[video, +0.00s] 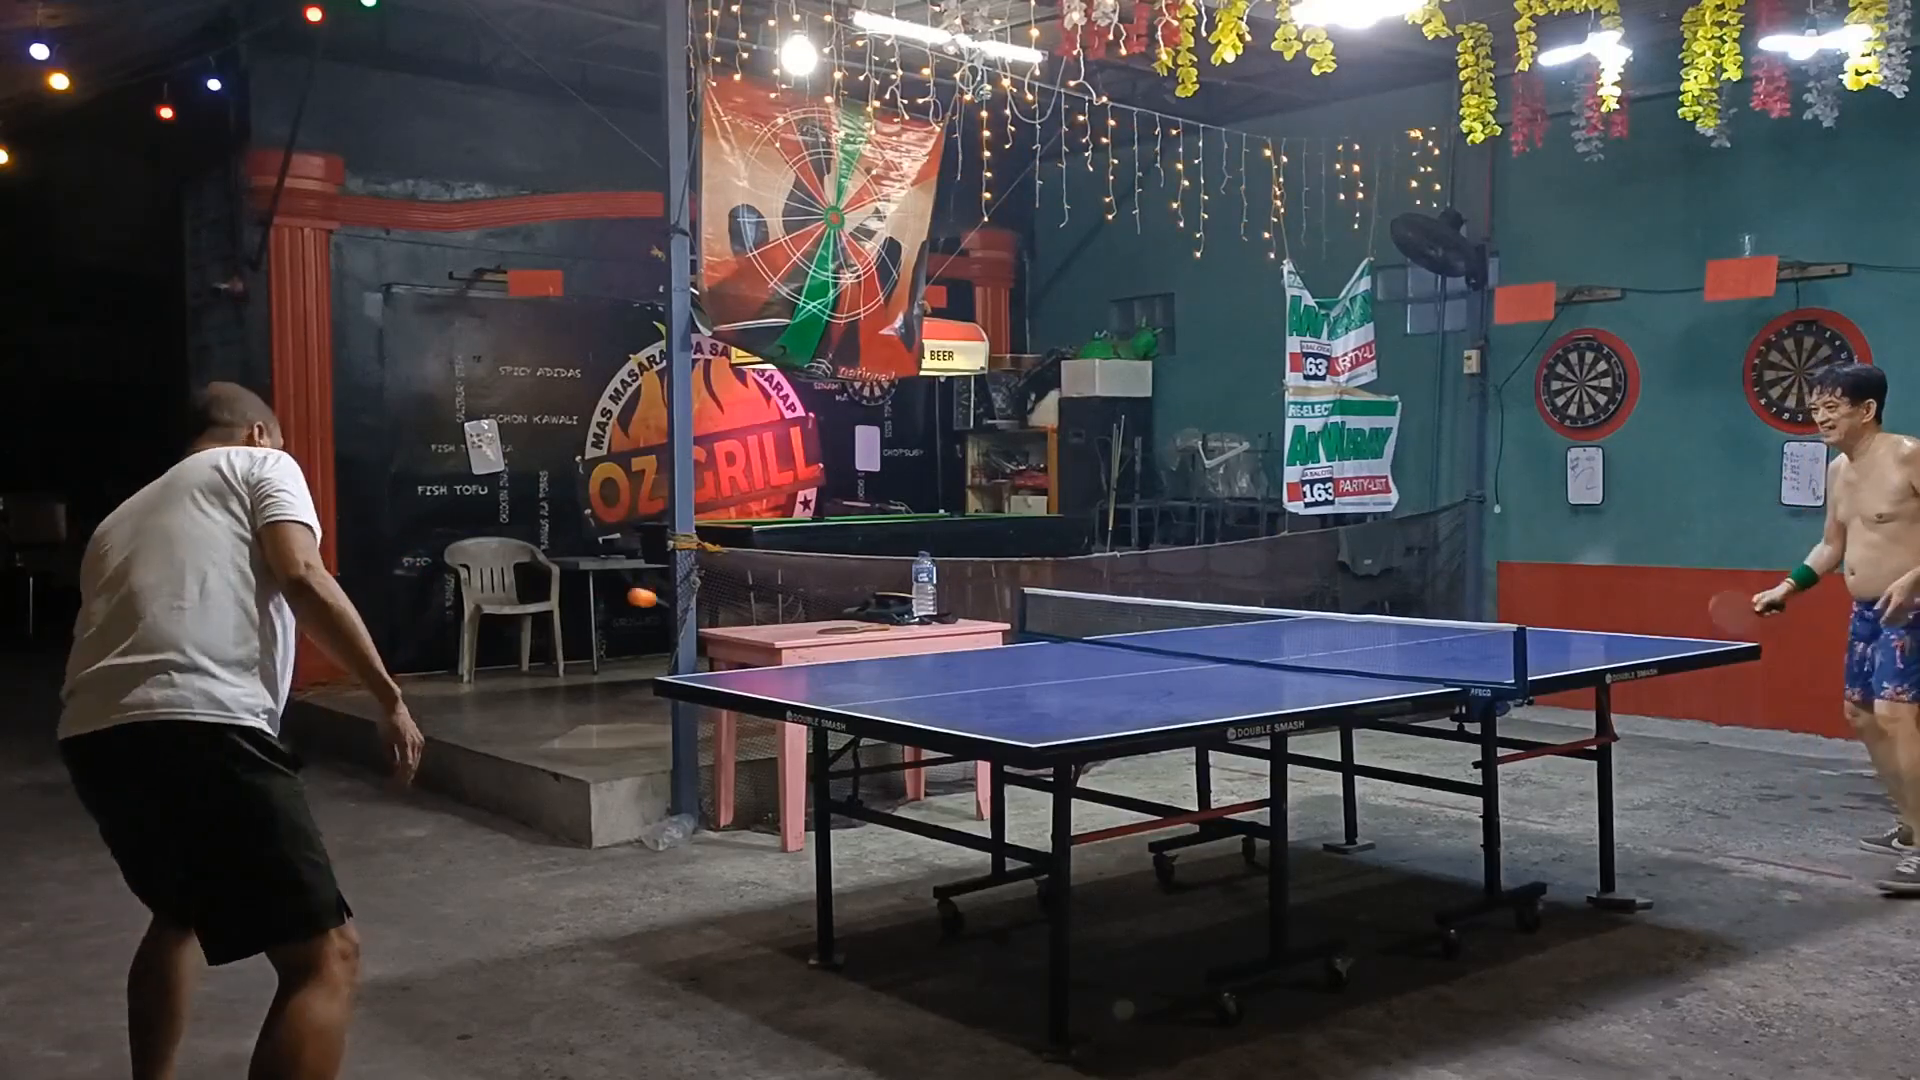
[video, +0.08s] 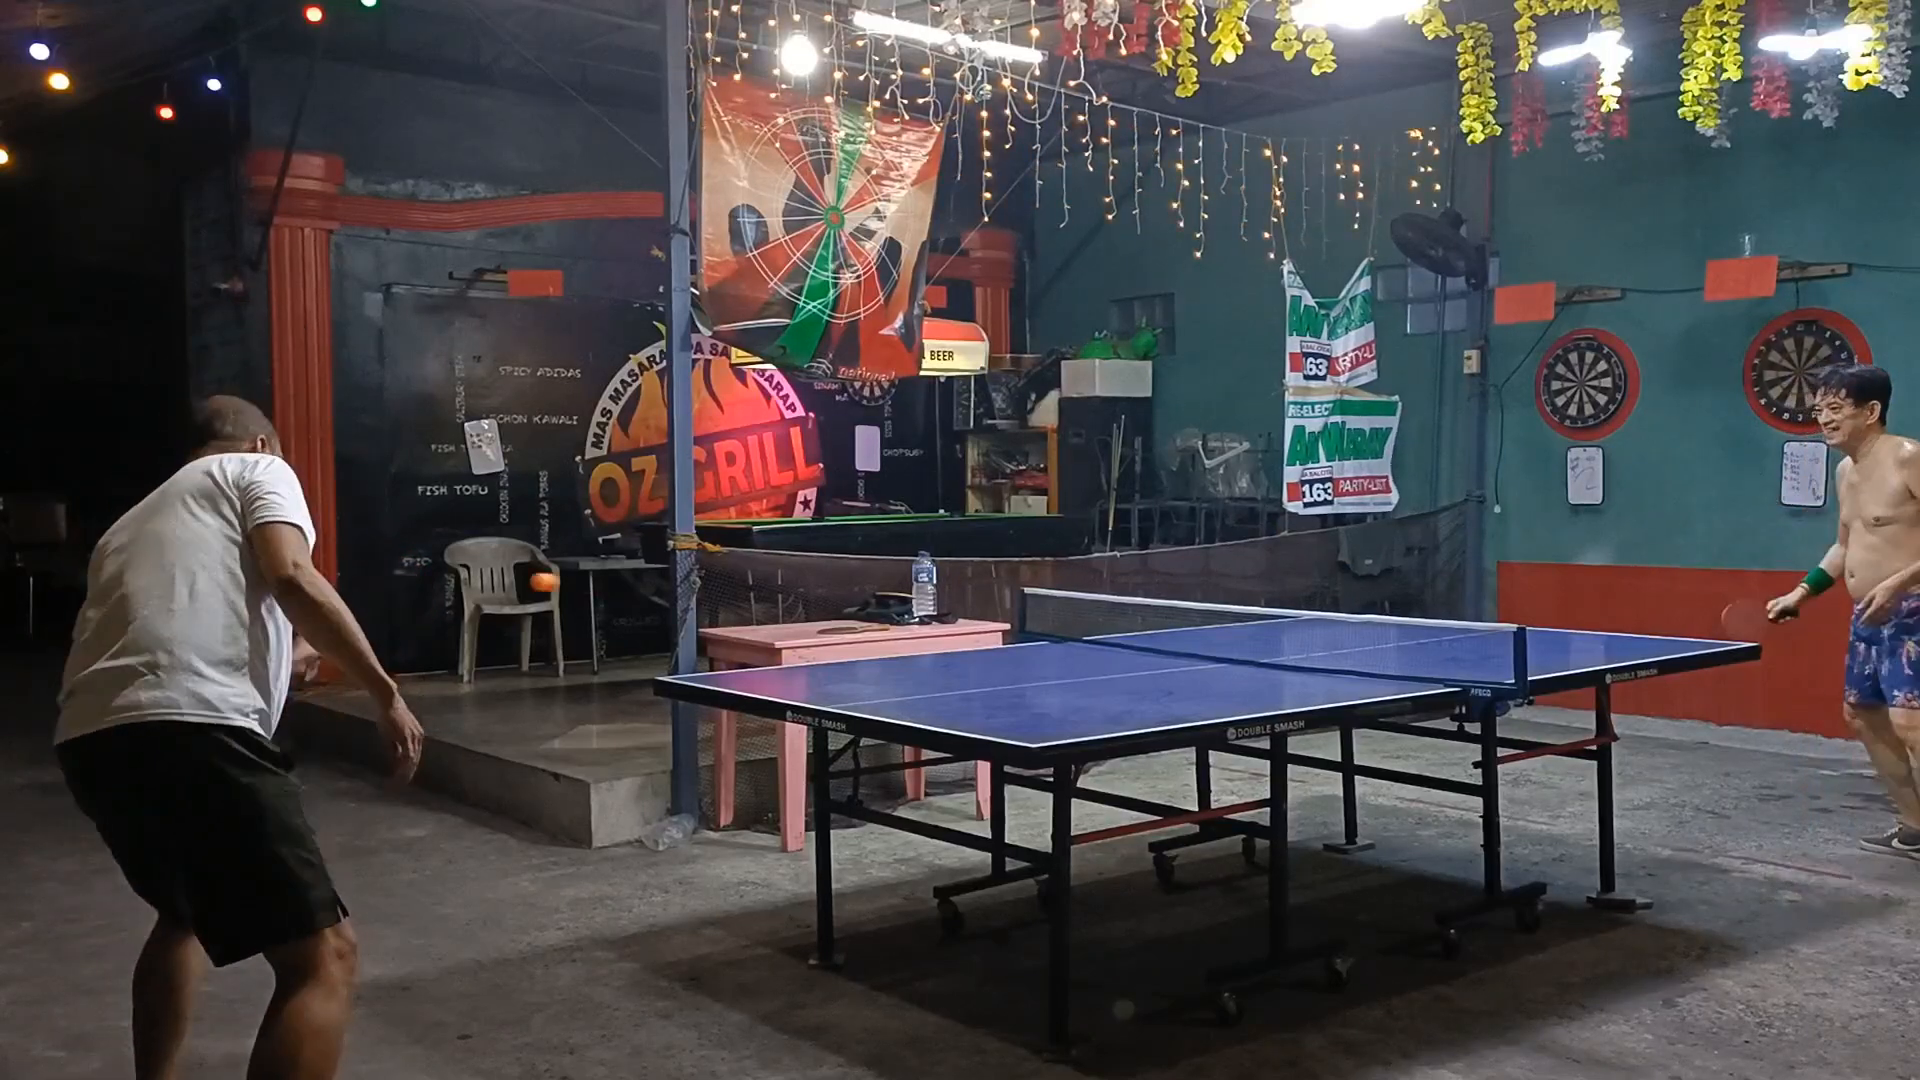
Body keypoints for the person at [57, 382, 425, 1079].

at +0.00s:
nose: (280, 454)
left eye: (279, 447)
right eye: (279, 446)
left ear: (196, 439)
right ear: (259, 435)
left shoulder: (115, 519)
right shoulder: (262, 465)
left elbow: (94, 646)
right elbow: (298, 574)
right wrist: (390, 699)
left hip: (94, 736)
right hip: (206, 725)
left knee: (175, 914)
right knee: (324, 960)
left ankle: (151, 1072)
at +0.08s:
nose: (279, 466)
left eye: (276, 458)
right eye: (278, 457)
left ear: (199, 450)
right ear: (262, 447)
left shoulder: (126, 524)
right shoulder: (257, 469)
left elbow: (149, 633)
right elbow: (288, 573)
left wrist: (272, 663)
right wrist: (385, 693)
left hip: (90, 740)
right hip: (199, 726)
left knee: (182, 912)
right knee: (322, 961)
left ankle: (155, 1072)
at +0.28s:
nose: (286, 487)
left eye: (287, 478)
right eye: (286, 474)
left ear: (221, 451)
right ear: (272, 460)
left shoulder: (179, 498)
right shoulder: (233, 470)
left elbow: (306, 634)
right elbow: (225, 555)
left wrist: (420, 686)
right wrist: (337, 666)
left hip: (79, 727)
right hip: (151, 720)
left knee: (190, 923)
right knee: (275, 938)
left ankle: (161, 1071)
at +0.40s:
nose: (295, 465)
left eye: (296, 451)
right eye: (295, 448)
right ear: (271, 436)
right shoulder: (227, 455)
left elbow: (253, 673)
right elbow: (187, 541)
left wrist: (367, 734)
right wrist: (252, 663)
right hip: (126, 707)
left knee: (181, 937)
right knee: (223, 937)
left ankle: (161, 1070)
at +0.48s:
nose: (292, 460)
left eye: (296, 445)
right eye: (293, 442)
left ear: (230, 425)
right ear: (264, 428)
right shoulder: (223, 455)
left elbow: (219, 673)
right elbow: (175, 544)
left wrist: (326, 754)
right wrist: (227, 674)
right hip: (123, 712)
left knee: (193, 943)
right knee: (209, 950)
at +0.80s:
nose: (263, 376)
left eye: (266, 359)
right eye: (261, 358)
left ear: (185, 353)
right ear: (221, 352)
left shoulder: (114, 424)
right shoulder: (186, 414)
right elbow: (151, 552)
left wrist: (198, 716)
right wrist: (220, 692)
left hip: (56, 702)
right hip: (108, 707)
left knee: (133, 944)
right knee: (170, 950)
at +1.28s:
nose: (303, 449)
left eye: (301, 430)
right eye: (290, 430)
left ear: (229, 440)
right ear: (225, 437)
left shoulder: (234, 535)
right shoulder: (107, 530)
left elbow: (224, 681)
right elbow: (28, 699)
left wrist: (307, 787)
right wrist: (126, 849)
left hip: (99, 814)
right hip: (22, 804)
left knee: (92, 1021)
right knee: (113, 1021)